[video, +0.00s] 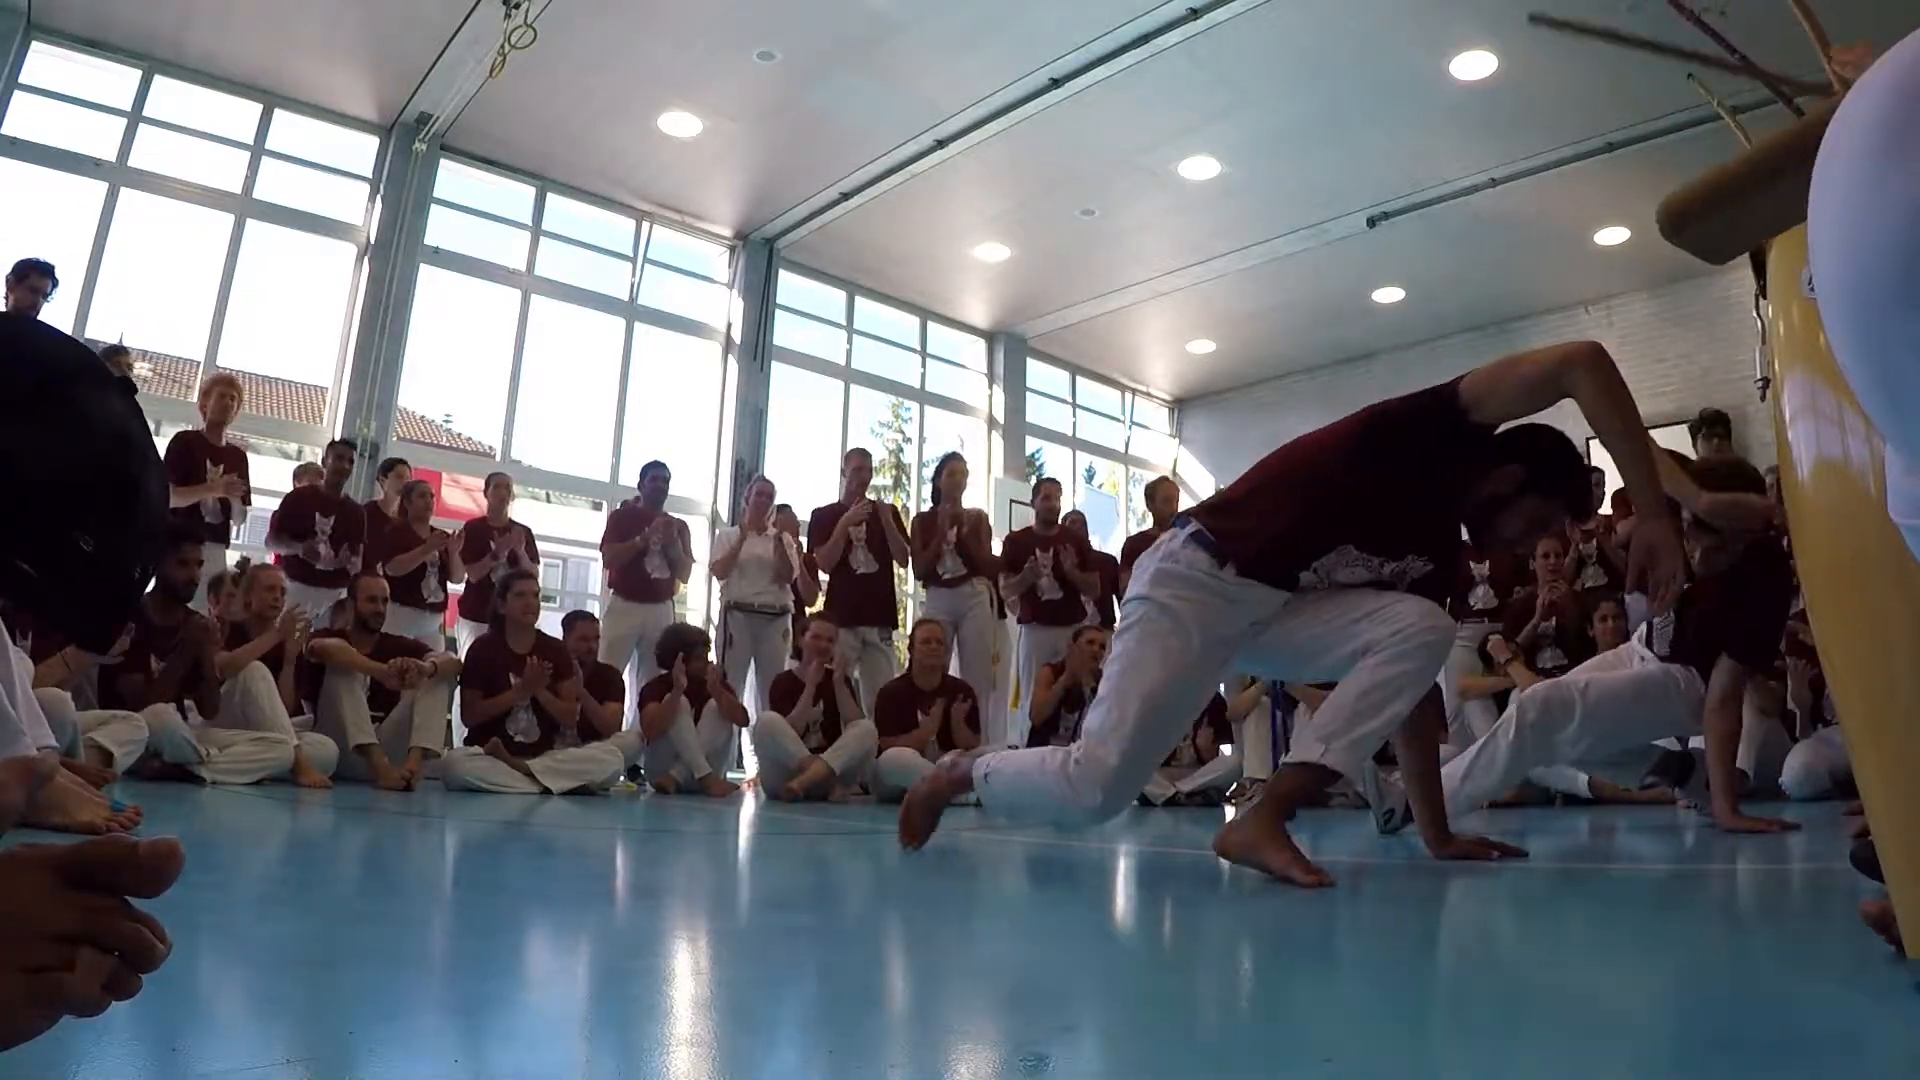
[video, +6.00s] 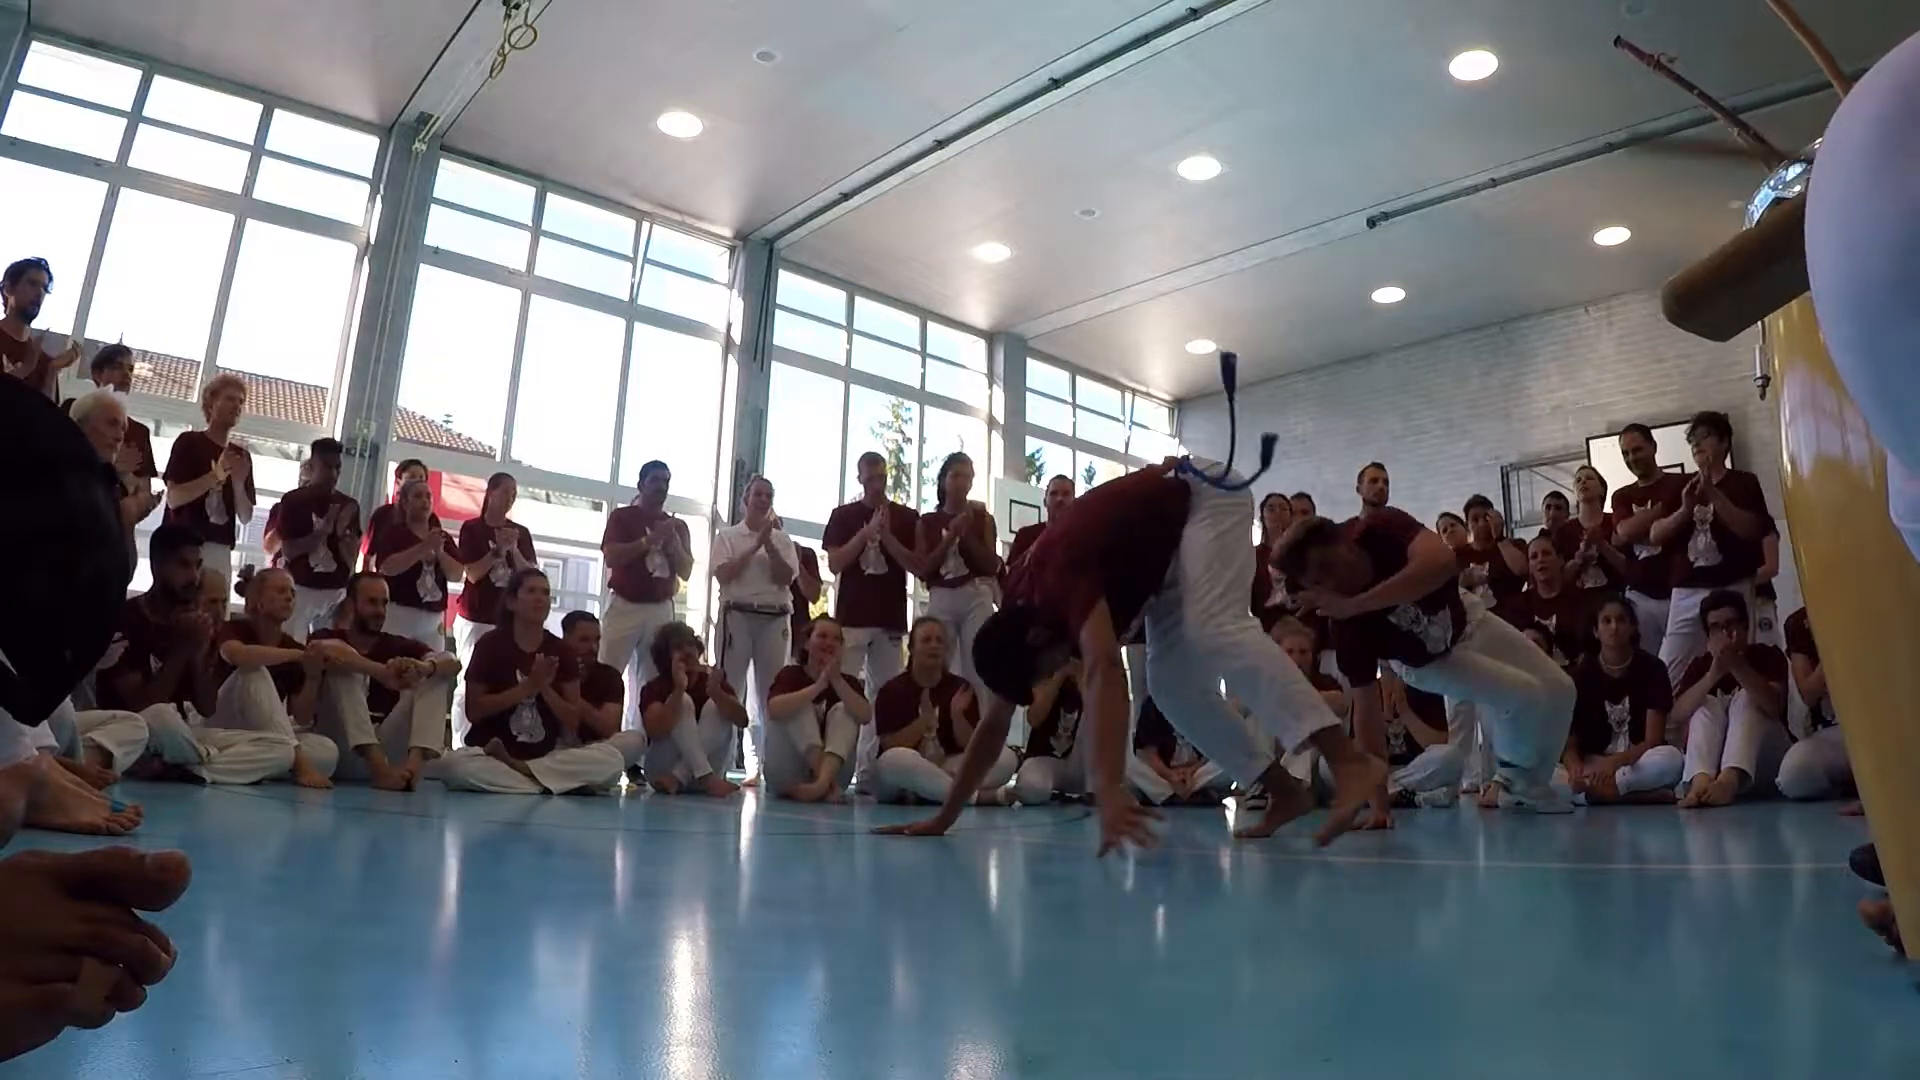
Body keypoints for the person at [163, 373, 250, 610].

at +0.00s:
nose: (228, 402)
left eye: (233, 399)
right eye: (222, 396)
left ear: (237, 410)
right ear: (203, 404)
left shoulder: (237, 455)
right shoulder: (183, 441)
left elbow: (240, 516)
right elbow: (166, 498)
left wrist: (233, 495)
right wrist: (213, 489)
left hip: (215, 548)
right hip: (177, 544)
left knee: (206, 621)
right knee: (170, 615)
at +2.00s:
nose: (233, 405)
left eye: (237, 401)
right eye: (226, 399)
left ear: (240, 409)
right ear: (207, 404)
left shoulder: (241, 452)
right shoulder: (186, 440)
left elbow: (246, 513)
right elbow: (172, 496)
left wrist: (241, 477)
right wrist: (212, 471)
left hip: (218, 547)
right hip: (181, 543)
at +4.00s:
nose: (236, 404)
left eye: (238, 399)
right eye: (229, 397)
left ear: (239, 407)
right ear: (206, 402)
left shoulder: (238, 453)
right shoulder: (186, 439)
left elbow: (243, 514)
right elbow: (175, 495)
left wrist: (237, 481)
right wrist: (217, 474)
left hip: (218, 546)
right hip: (181, 543)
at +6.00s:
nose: (237, 406)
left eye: (241, 401)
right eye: (230, 399)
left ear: (243, 408)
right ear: (210, 402)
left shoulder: (241, 456)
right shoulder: (188, 441)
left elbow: (245, 516)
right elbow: (174, 499)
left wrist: (239, 482)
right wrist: (213, 478)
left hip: (219, 549)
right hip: (183, 545)